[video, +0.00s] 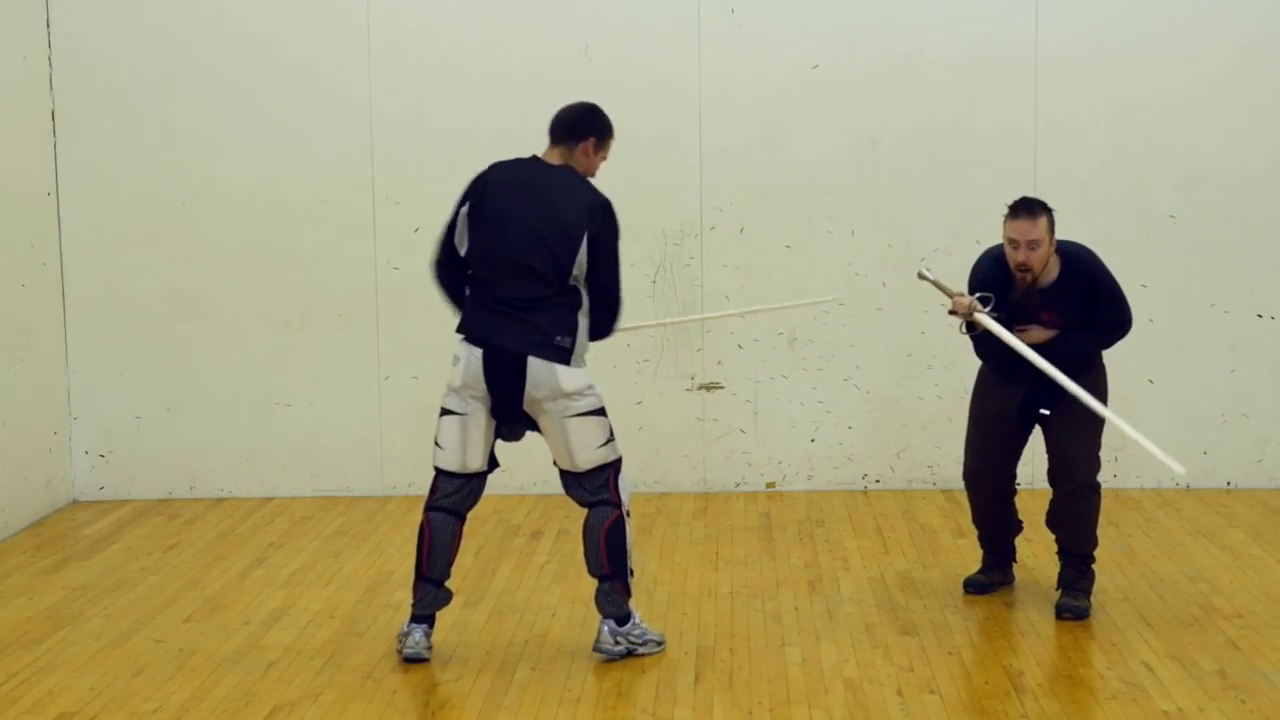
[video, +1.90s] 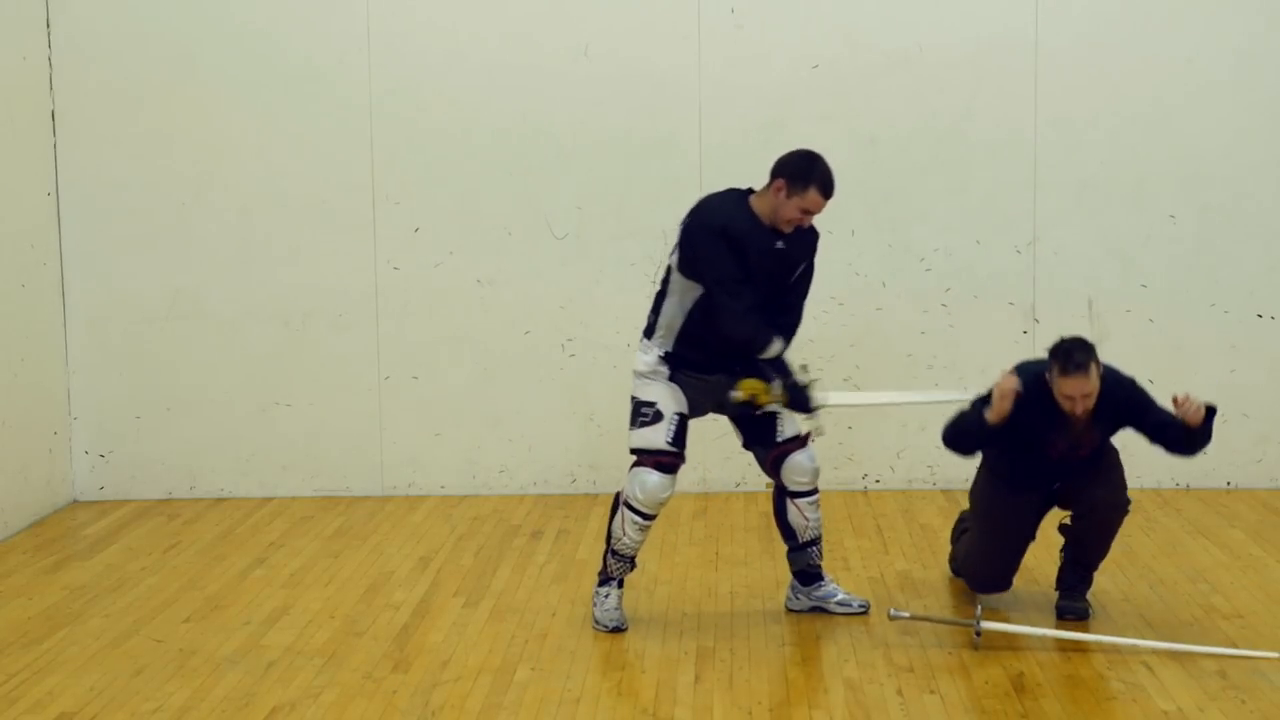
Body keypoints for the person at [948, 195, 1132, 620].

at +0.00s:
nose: (1022, 257)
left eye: (1033, 246)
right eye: (1014, 245)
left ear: (1052, 242)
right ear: (1004, 239)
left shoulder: (1082, 266)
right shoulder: (990, 269)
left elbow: (1119, 322)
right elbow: (991, 353)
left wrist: (1054, 338)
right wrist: (974, 321)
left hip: (1074, 377)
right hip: (1005, 374)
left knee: (1075, 475)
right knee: (984, 470)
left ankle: (1075, 581)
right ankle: (997, 563)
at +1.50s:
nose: (1042, 284)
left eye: (1055, 279)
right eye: (1038, 271)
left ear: (1078, 276)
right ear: (1031, 257)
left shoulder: (1101, 290)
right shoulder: (1003, 275)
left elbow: (1119, 344)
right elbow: (973, 357)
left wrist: (1060, 354)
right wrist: (980, 334)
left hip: (1073, 388)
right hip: (1002, 380)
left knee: (1077, 480)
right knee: (979, 476)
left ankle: (1075, 582)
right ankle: (996, 562)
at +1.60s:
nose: (1049, 320)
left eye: (1060, 317)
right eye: (1046, 309)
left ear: (1082, 306)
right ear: (1041, 285)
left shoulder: (1109, 303)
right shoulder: (1012, 282)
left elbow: (1121, 356)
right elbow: (961, 358)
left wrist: (1092, 378)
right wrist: (974, 336)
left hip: (1076, 397)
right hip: (1004, 386)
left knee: (1079, 483)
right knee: (977, 477)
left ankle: (1075, 582)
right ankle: (994, 561)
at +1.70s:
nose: (1059, 358)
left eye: (1068, 355)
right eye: (1053, 350)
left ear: (1091, 330)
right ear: (1042, 319)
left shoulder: (1114, 311)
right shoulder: (1013, 306)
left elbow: (1141, 359)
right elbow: (952, 360)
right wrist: (969, 340)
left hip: (1081, 405)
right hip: (1008, 398)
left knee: (1088, 492)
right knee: (977, 490)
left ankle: (1076, 584)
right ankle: (971, 532)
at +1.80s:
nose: (1071, 375)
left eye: (1079, 368)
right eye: (1063, 368)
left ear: (1094, 342)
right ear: (1047, 348)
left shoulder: (1120, 344)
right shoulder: (1016, 341)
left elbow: (1165, 393)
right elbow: (948, 383)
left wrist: (1186, 385)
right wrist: (975, 348)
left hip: (1085, 433)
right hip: (1013, 429)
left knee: (1094, 501)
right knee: (987, 530)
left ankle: (1075, 587)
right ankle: (965, 538)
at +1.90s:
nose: (1079, 406)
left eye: (1087, 396)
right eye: (1068, 397)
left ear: (1099, 379)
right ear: (1051, 382)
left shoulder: (1118, 391)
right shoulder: (1022, 385)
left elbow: (1182, 443)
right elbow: (955, 439)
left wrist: (1196, 424)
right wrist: (993, 416)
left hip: (1083, 477)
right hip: (1015, 479)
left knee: (1108, 506)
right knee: (986, 580)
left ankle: (1074, 588)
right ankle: (966, 534)